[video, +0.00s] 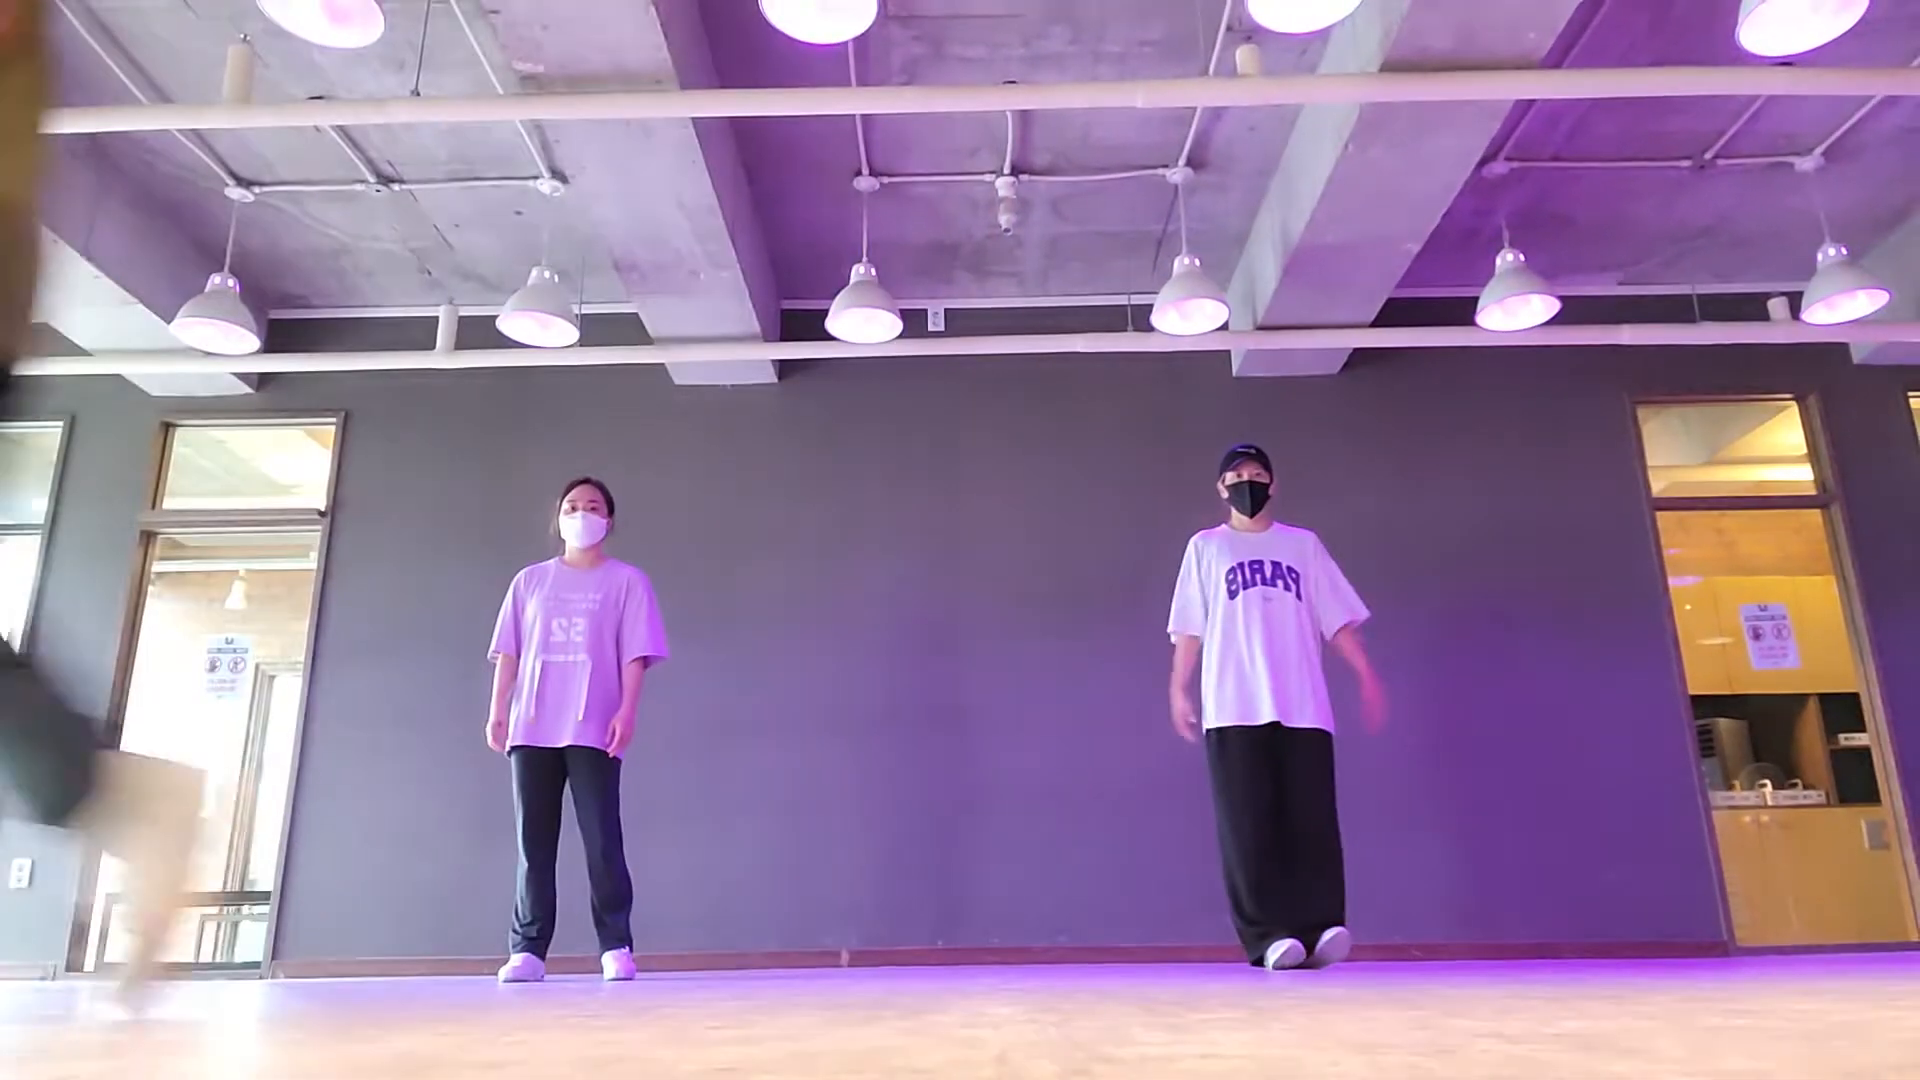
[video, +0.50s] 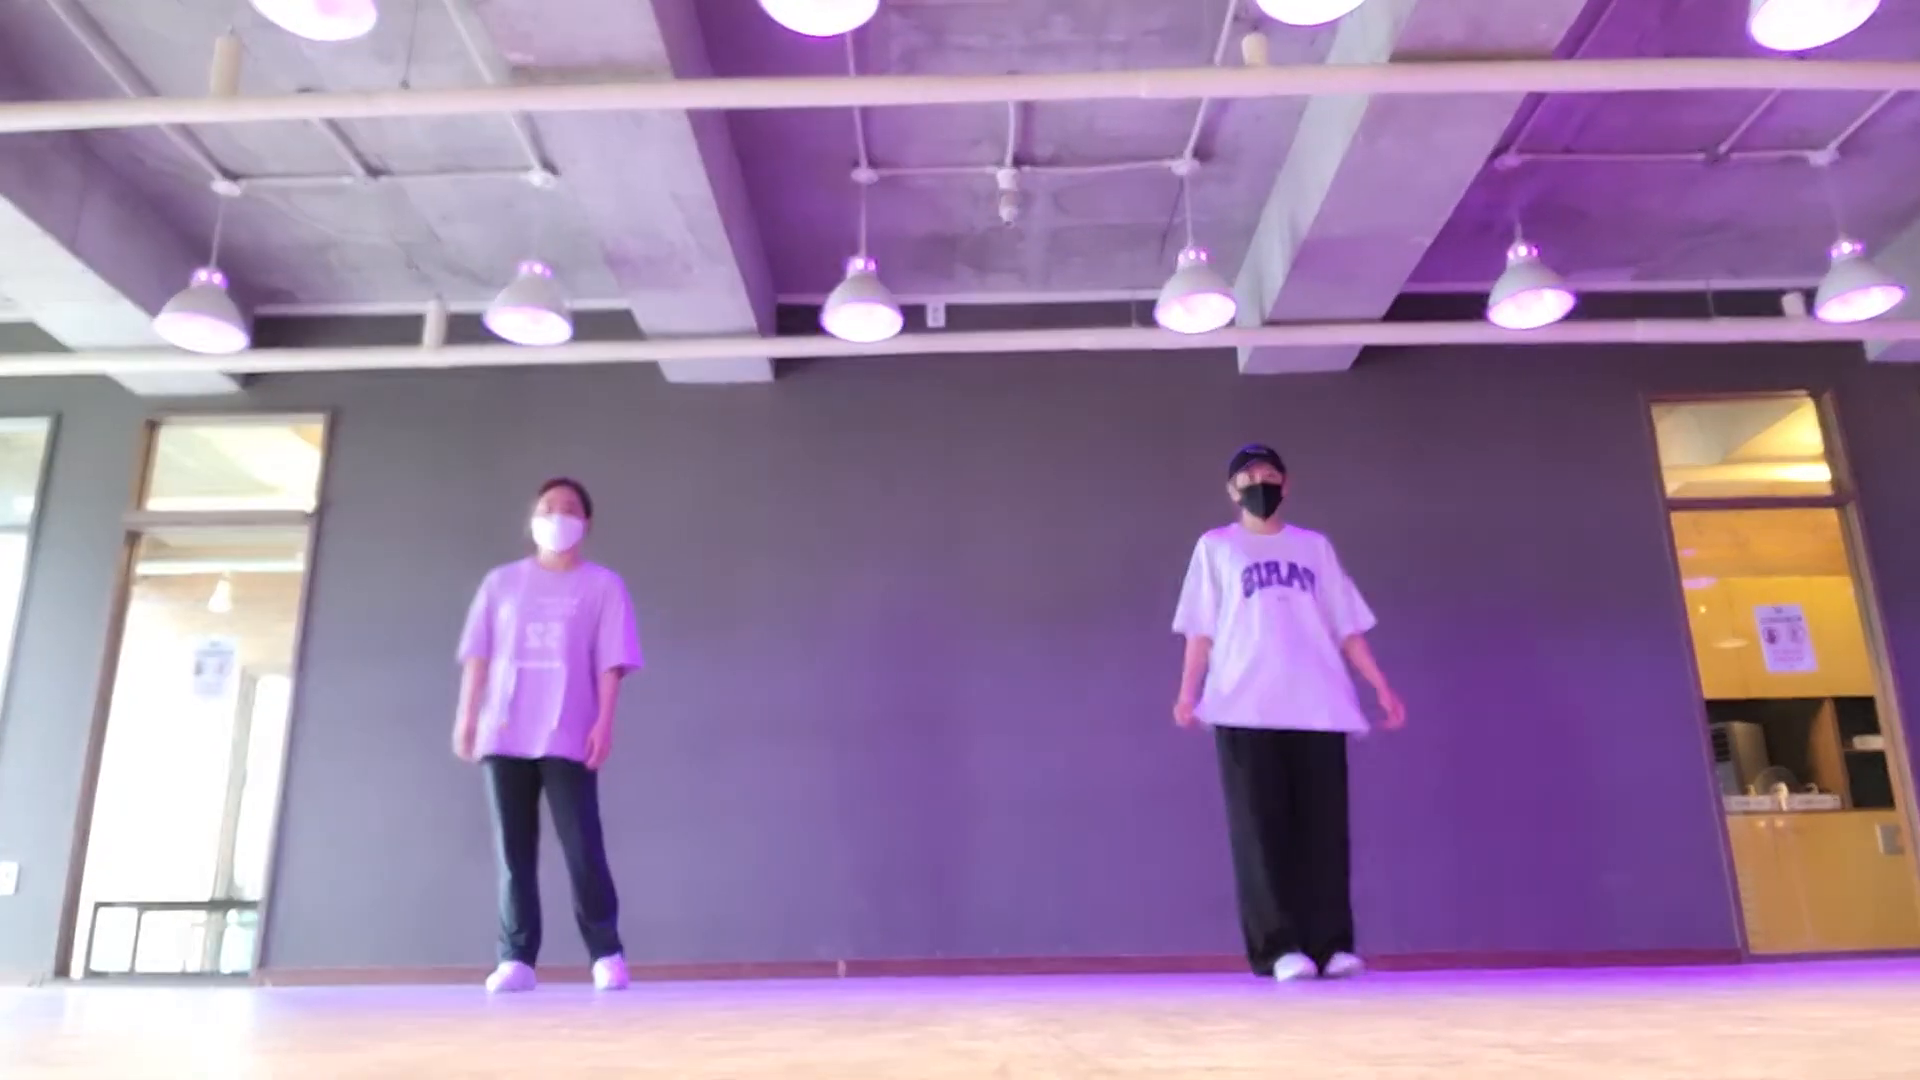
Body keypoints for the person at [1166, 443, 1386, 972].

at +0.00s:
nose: (1248, 485)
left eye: (1257, 477)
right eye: (1237, 478)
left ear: (1272, 486)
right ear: (1221, 488)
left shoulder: (1304, 544)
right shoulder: (1204, 548)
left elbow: (1337, 622)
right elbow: (1190, 629)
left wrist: (1367, 675)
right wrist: (1179, 689)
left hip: (1302, 701)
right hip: (1235, 704)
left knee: (1310, 816)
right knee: (1250, 823)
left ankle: (1320, 931)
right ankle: (1269, 940)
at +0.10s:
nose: (1249, 485)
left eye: (1258, 476)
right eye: (1238, 477)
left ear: (1273, 485)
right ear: (1223, 488)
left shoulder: (1305, 545)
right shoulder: (1206, 549)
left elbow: (1327, 633)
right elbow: (1201, 641)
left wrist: (1340, 691)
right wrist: (1206, 713)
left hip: (1304, 703)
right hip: (1239, 705)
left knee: (1313, 817)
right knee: (1250, 826)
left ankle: (1321, 932)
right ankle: (1266, 941)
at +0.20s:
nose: (1252, 486)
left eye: (1260, 477)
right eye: (1241, 479)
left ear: (1275, 485)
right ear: (1226, 488)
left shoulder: (1307, 546)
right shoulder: (1210, 547)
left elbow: (1326, 633)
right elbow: (1201, 631)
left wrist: (1334, 696)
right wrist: (1197, 692)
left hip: (1303, 699)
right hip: (1240, 701)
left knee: (1314, 815)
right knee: (1255, 822)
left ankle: (1323, 934)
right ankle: (1269, 942)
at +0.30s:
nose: (1256, 487)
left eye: (1265, 478)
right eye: (1245, 479)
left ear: (1280, 487)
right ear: (1229, 490)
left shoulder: (1310, 547)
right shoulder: (1211, 549)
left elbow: (1335, 630)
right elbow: (1198, 629)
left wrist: (1355, 689)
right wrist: (1189, 689)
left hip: (1312, 705)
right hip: (1243, 709)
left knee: (1317, 824)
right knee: (1257, 832)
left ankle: (1329, 940)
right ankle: (1273, 949)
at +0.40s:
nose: (1261, 487)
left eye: (1270, 477)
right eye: (1249, 479)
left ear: (1284, 486)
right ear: (1232, 490)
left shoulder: (1315, 547)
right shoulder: (1215, 549)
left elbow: (1346, 631)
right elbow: (1199, 631)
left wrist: (1374, 691)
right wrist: (1183, 689)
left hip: (1317, 714)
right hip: (1246, 716)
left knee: (1322, 831)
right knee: (1262, 838)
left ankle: (1333, 946)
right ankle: (1279, 952)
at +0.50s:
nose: (1260, 485)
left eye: (1269, 476)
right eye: (1248, 478)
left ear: (1285, 486)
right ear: (1232, 489)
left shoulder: (1315, 547)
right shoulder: (1214, 548)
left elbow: (1348, 629)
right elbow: (1201, 631)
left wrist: (1381, 687)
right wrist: (1187, 693)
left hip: (1318, 711)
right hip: (1248, 713)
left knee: (1324, 829)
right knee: (1264, 834)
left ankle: (1334, 946)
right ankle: (1281, 951)